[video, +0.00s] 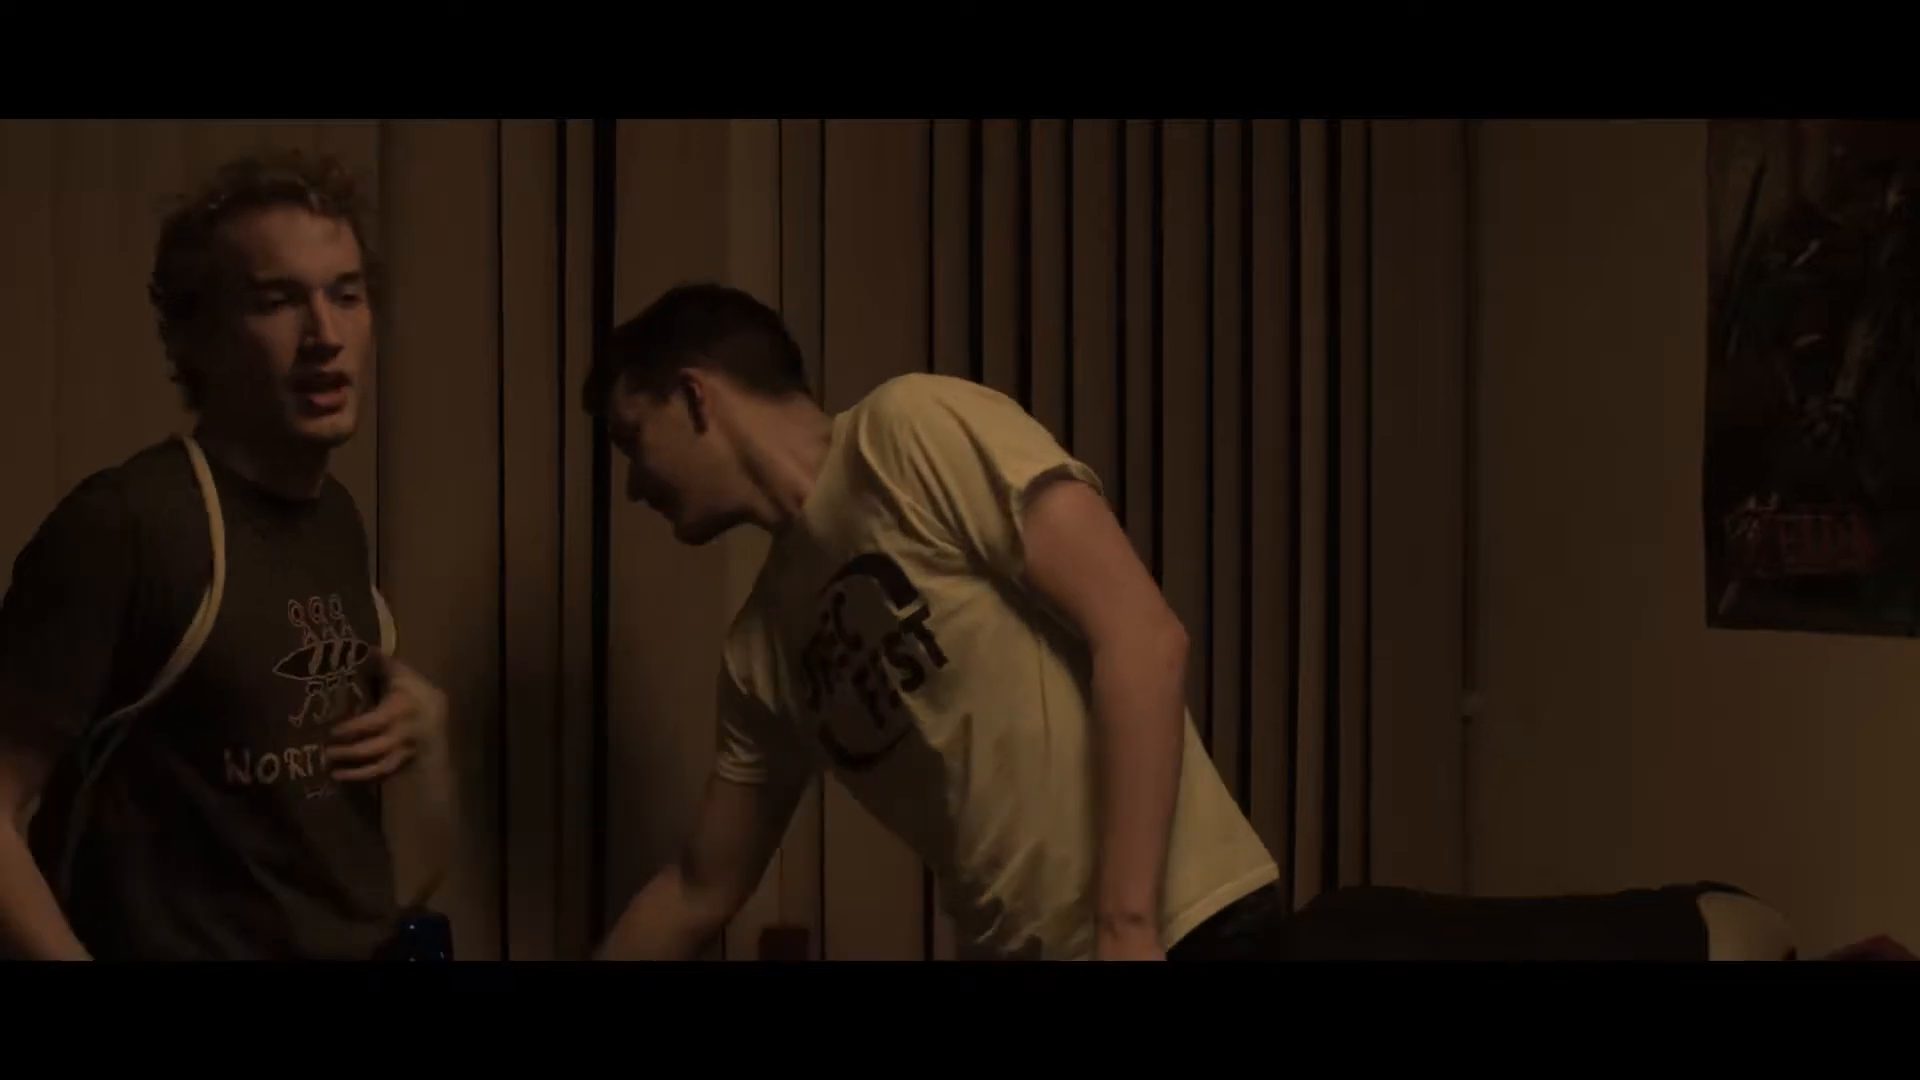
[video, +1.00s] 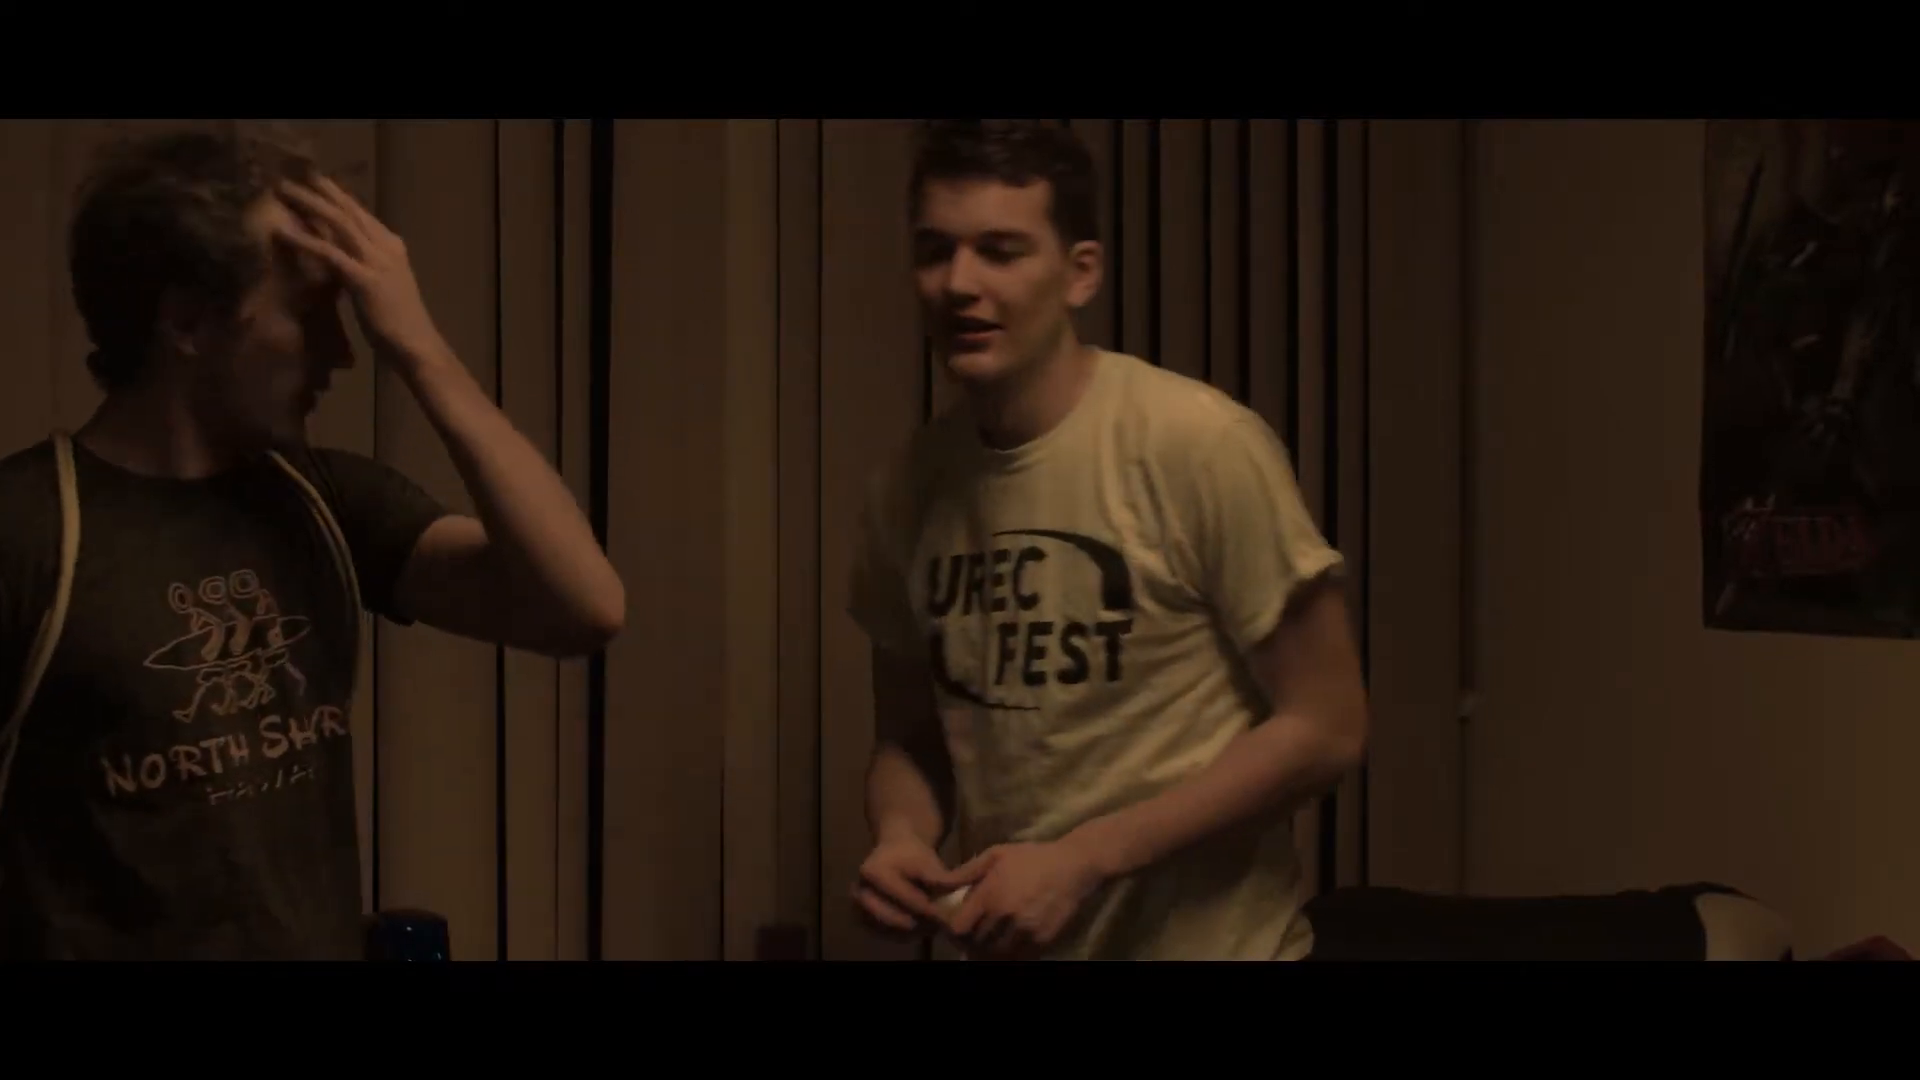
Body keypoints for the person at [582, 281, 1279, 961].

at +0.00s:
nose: (632, 480)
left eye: (631, 436)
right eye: (622, 452)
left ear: (699, 395)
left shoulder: (912, 422)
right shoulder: (764, 648)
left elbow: (1141, 635)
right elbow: (699, 887)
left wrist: (1127, 920)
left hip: (1188, 913)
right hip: (1025, 948)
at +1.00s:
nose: (958, 282)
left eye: (1001, 251)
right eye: (936, 251)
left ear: (1079, 273)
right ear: (915, 267)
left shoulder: (1201, 444)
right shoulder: (915, 483)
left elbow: (1329, 722)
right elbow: (908, 728)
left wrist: (1080, 861)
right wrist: (902, 836)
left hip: (1205, 940)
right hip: (1002, 937)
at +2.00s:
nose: (1264, 349)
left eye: (1310, 318)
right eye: (1239, 306)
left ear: (1378, 311)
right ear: (1204, 280)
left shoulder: (1473, 512)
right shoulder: (1103, 492)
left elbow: (1539, 807)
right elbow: (1037, 762)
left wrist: (1338, 811)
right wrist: (1109, 794)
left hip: (1371, 950)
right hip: (1148, 947)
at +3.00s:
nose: (1212, 320)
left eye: (1256, 287)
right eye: (1188, 279)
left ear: (1332, 280)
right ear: (1162, 253)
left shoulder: (1434, 477)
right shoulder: (1075, 464)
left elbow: (1505, 769)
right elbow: (1016, 763)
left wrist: (1283, 749)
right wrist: (1060, 727)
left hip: (1311, 945)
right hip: (1088, 941)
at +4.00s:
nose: (1292, 334)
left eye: (1334, 300)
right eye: (1269, 296)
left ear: (1416, 280)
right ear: (1246, 277)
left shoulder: (1530, 469)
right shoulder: (1183, 459)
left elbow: (1606, 771)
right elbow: (1119, 740)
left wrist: (1360, 714)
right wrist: (1196, 718)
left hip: (1419, 943)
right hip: (1192, 939)